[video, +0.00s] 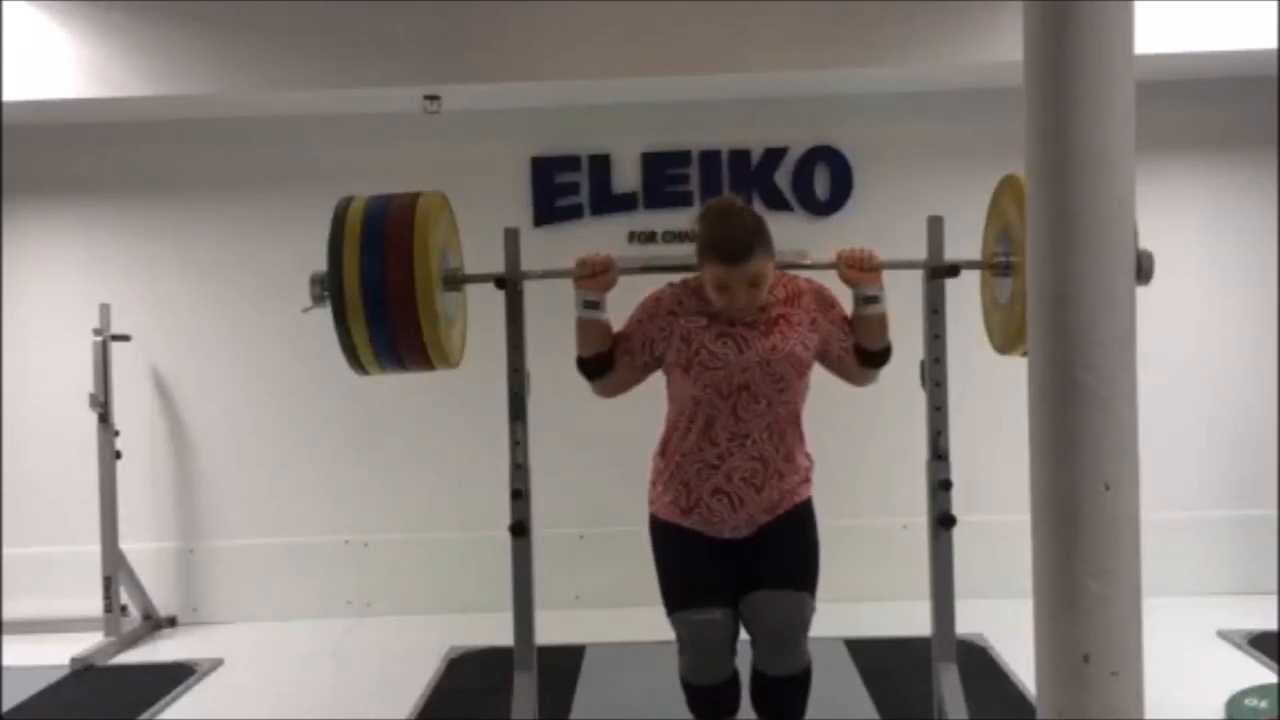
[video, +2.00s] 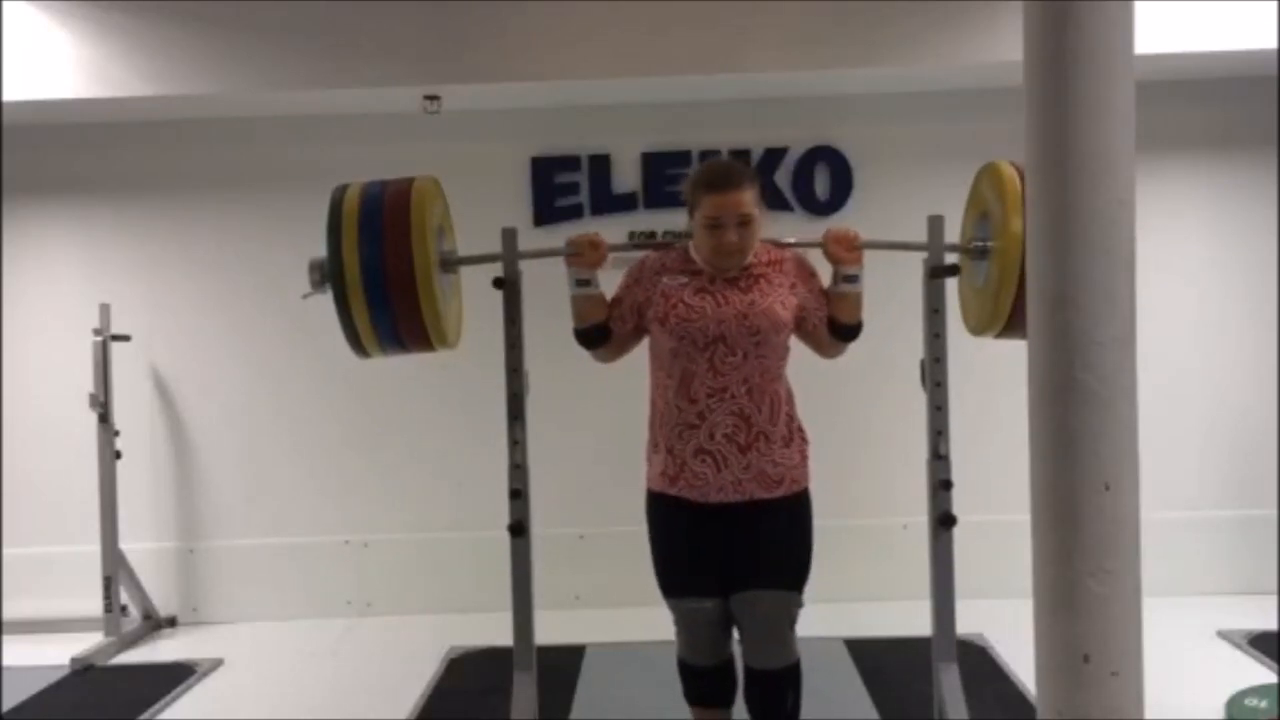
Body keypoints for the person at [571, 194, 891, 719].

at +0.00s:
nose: (738, 299)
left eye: (752, 283)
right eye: (722, 287)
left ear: (770, 264)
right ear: (700, 269)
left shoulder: (803, 303)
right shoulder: (672, 310)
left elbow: (863, 370)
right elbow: (607, 380)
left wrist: (869, 295)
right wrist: (590, 302)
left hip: (779, 513)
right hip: (688, 518)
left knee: (784, 653)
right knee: (705, 659)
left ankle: (782, 718)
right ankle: (714, 716)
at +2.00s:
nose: (729, 239)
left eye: (742, 224)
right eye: (714, 225)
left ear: (760, 219)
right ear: (692, 222)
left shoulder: (786, 269)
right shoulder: (656, 272)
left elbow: (833, 341)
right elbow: (604, 345)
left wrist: (848, 274)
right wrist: (584, 278)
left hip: (771, 490)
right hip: (683, 492)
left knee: (770, 642)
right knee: (700, 647)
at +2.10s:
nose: (727, 239)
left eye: (740, 225)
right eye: (712, 226)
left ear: (757, 220)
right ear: (690, 223)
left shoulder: (783, 270)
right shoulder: (654, 272)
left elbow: (829, 342)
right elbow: (602, 345)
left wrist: (844, 274)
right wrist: (581, 278)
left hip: (769, 489)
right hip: (681, 490)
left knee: (769, 640)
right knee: (700, 643)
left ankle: (775, 719)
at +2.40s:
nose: (726, 238)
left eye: (739, 223)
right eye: (711, 225)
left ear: (756, 219)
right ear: (689, 223)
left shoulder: (781, 269)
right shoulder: (654, 270)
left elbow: (825, 341)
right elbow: (603, 343)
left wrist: (840, 274)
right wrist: (585, 275)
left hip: (772, 476)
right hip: (686, 480)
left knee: (786, 620)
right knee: (703, 629)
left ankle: (784, 711)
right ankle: (713, 717)